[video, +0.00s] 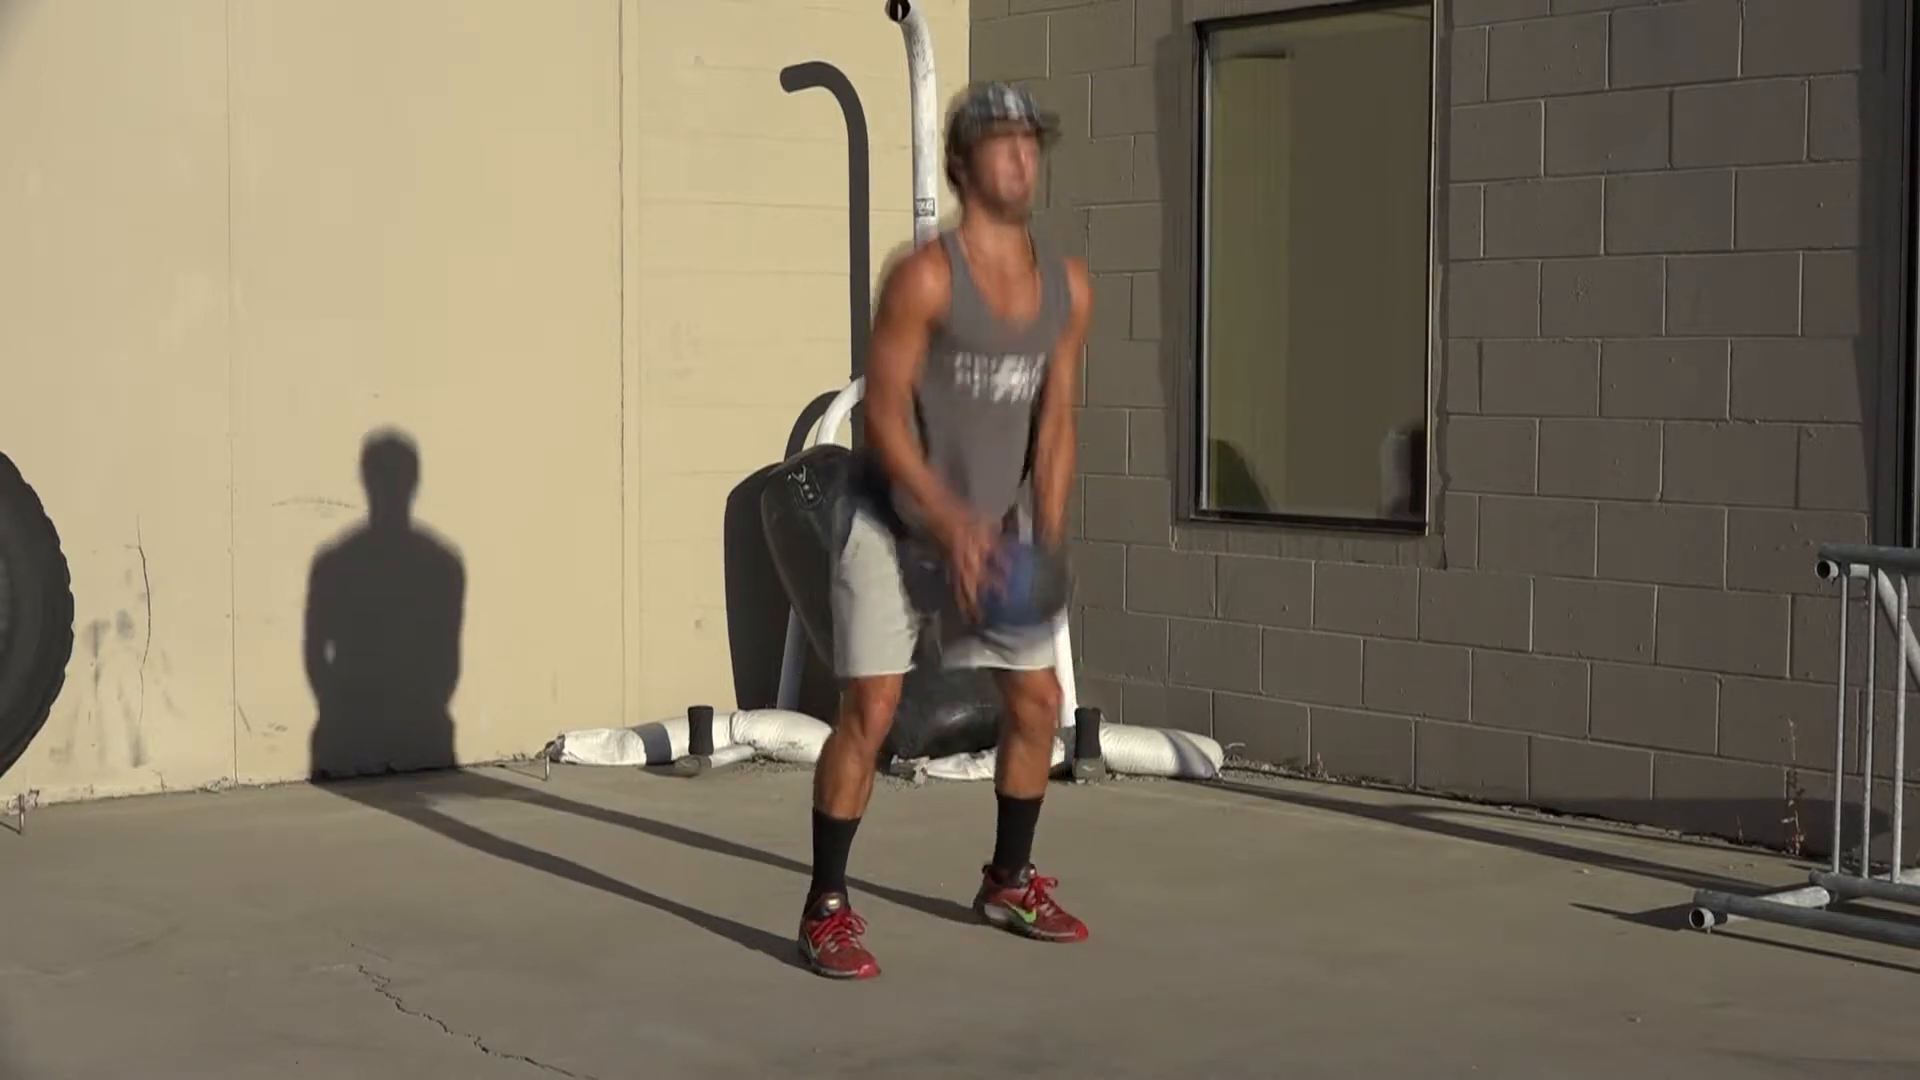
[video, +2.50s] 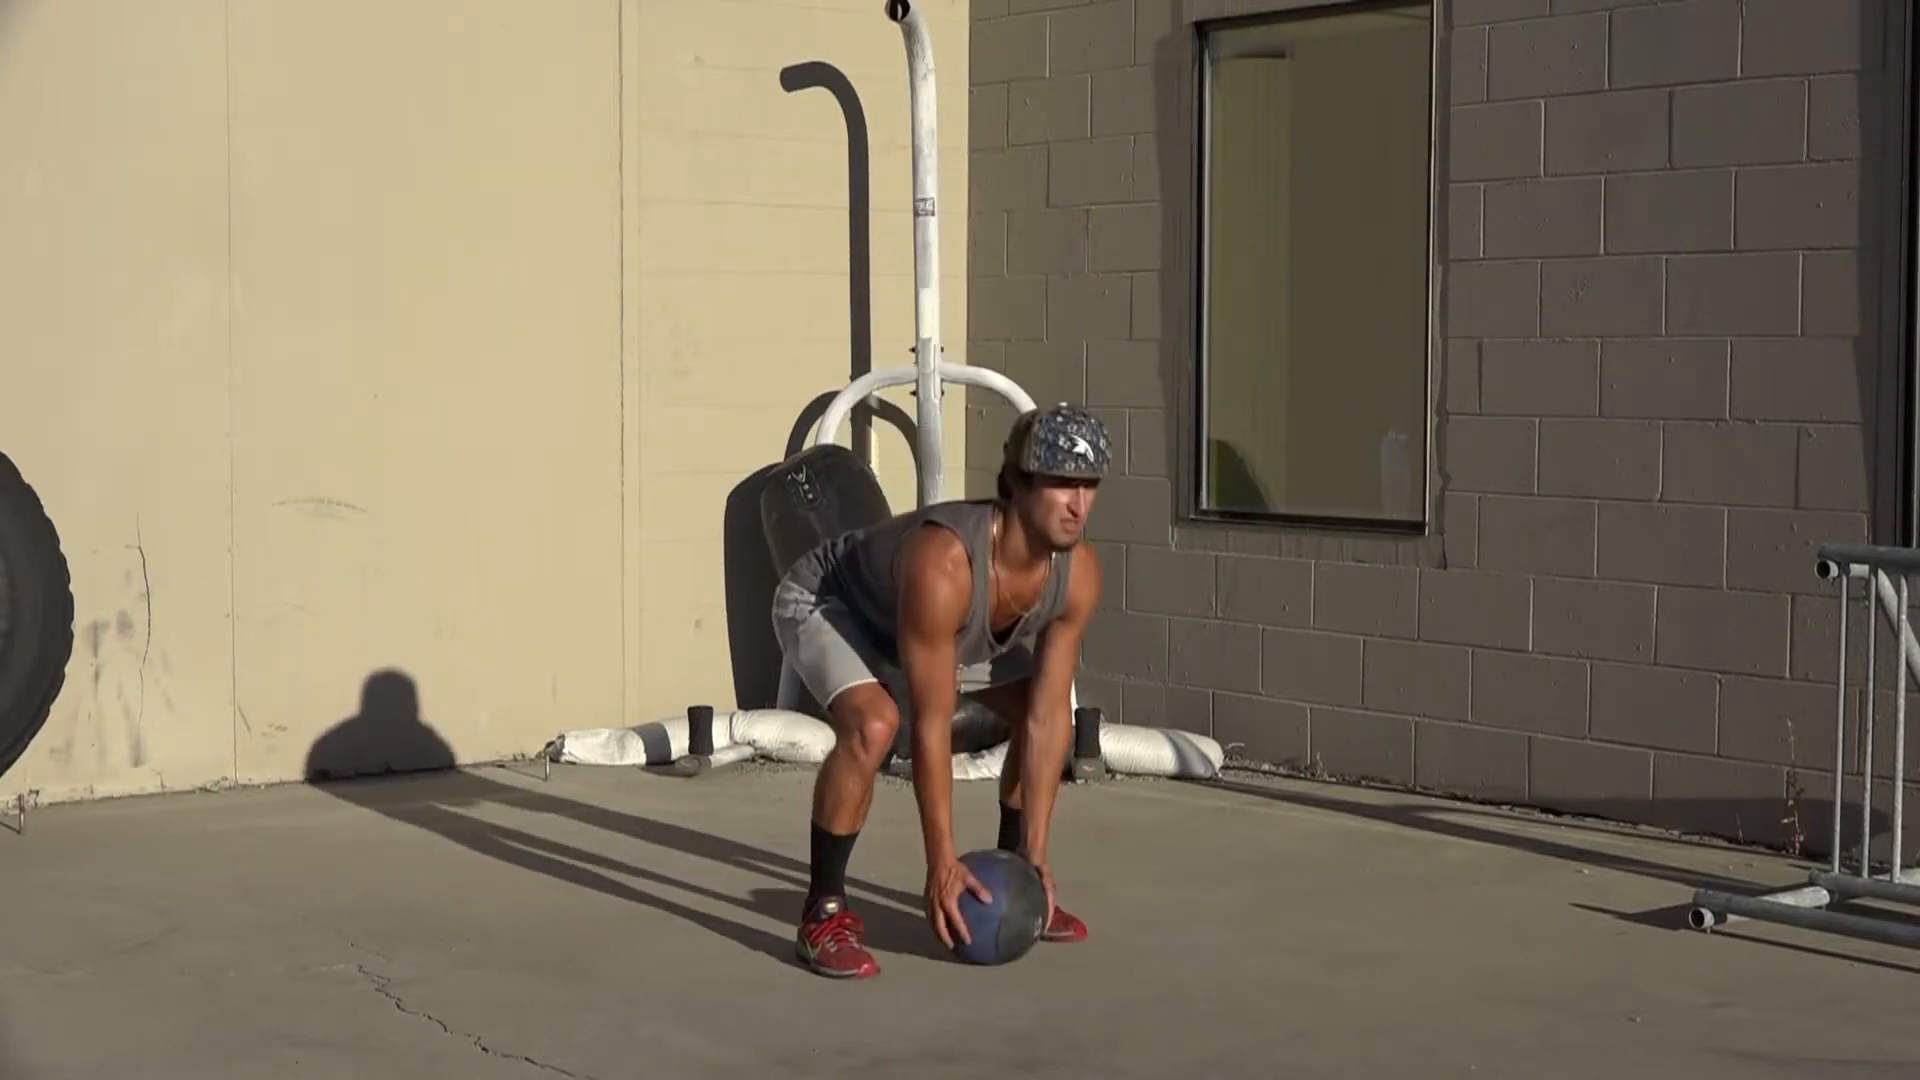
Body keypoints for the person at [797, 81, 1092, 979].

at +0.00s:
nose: (1022, 159)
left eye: (1030, 144)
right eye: (1002, 144)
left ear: (1042, 160)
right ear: (963, 163)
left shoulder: (1065, 284)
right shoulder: (923, 275)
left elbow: (1056, 422)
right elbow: (882, 422)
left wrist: (1049, 541)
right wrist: (950, 520)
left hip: (1001, 522)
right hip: (896, 515)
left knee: (1038, 701)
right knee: (871, 708)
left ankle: (1010, 881)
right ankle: (826, 905)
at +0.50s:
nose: (990, 257)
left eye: (1000, 241)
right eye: (971, 243)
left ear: (1018, 249)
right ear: (939, 259)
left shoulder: (1044, 348)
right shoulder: (923, 352)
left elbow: (1185, 432)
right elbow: (901, 462)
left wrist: (1105, 382)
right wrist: (997, 381)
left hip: (972, 594)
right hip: (870, 589)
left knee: (1073, 724)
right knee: (863, 734)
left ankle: (1010, 884)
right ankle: (822, 913)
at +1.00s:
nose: (1025, 436)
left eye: (1035, 421)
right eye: (1007, 420)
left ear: (1045, 430)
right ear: (966, 433)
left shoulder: (1055, 515)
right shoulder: (927, 524)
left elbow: (1184, 629)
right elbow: (903, 665)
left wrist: (1106, 575)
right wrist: (997, 581)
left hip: (955, 677)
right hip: (851, 674)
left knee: (1081, 735)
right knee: (869, 739)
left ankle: (1009, 889)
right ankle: (825, 914)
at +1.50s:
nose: (1001, 150)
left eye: (1012, 137)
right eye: (983, 134)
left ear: (1024, 151)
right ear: (945, 143)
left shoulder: (1030, 258)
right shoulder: (906, 251)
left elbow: (1112, 393)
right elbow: (871, 393)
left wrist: (1066, 314)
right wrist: (973, 330)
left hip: (992, 522)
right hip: (894, 517)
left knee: (1004, 700)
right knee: (860, 710)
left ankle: (1006, 886)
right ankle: (822, 910)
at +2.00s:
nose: (1039, 257)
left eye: (1051, 242)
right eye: (1023, 239)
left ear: (1061, 250)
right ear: (981, 240)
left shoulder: (1057, 350)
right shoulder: (920, 342)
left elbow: (1059, 503)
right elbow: (915, 510)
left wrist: (1058, 638)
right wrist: (959, 634)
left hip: (953, 526)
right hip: (851, 525)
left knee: (1019, 682)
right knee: (853, 706)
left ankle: (1007, 882)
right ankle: (821, 910)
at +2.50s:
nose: (1079, 503)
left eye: (1088, 487)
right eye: (1062, 485)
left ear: (1096, 493)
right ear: (1015, 483)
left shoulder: (1076, 573)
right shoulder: (942, 563)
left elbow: (1050, 717)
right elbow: (933, 723)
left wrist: (1032, 856)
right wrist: (941, 860)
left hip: (928, 622)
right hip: (826, 603)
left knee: (1043, 714)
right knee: (873, 725)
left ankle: (1014, 880)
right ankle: (824, 910)